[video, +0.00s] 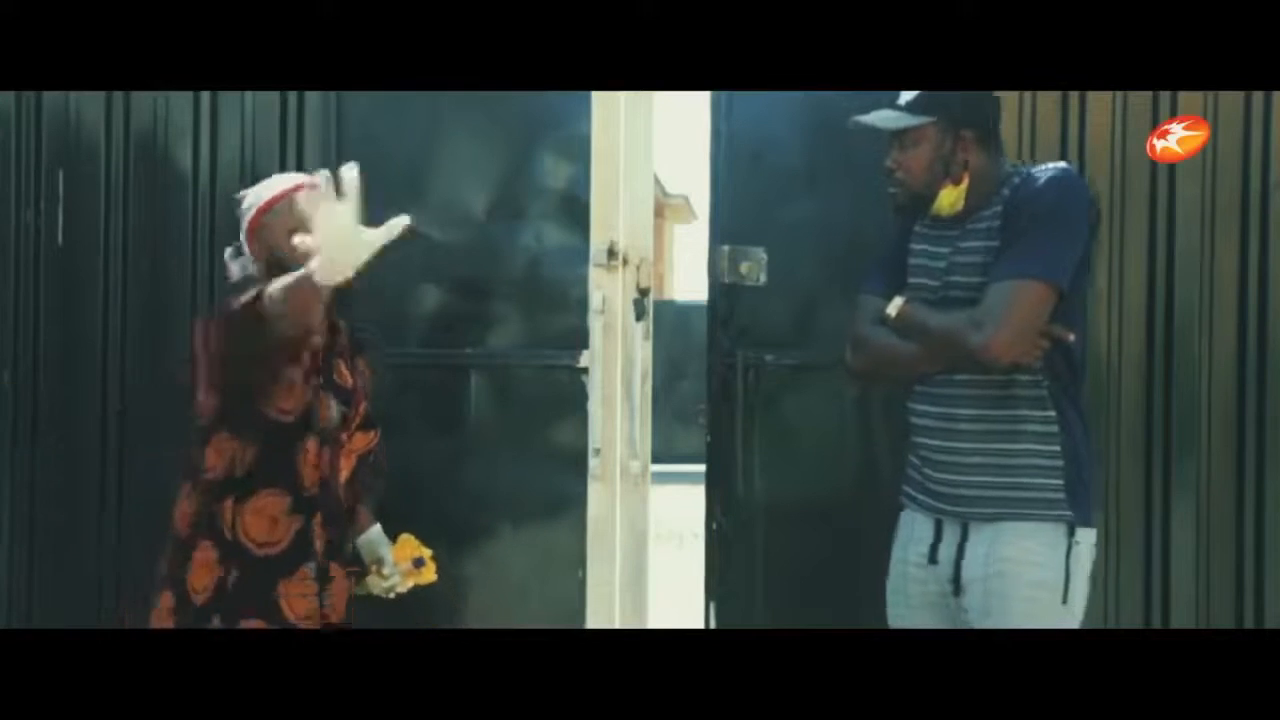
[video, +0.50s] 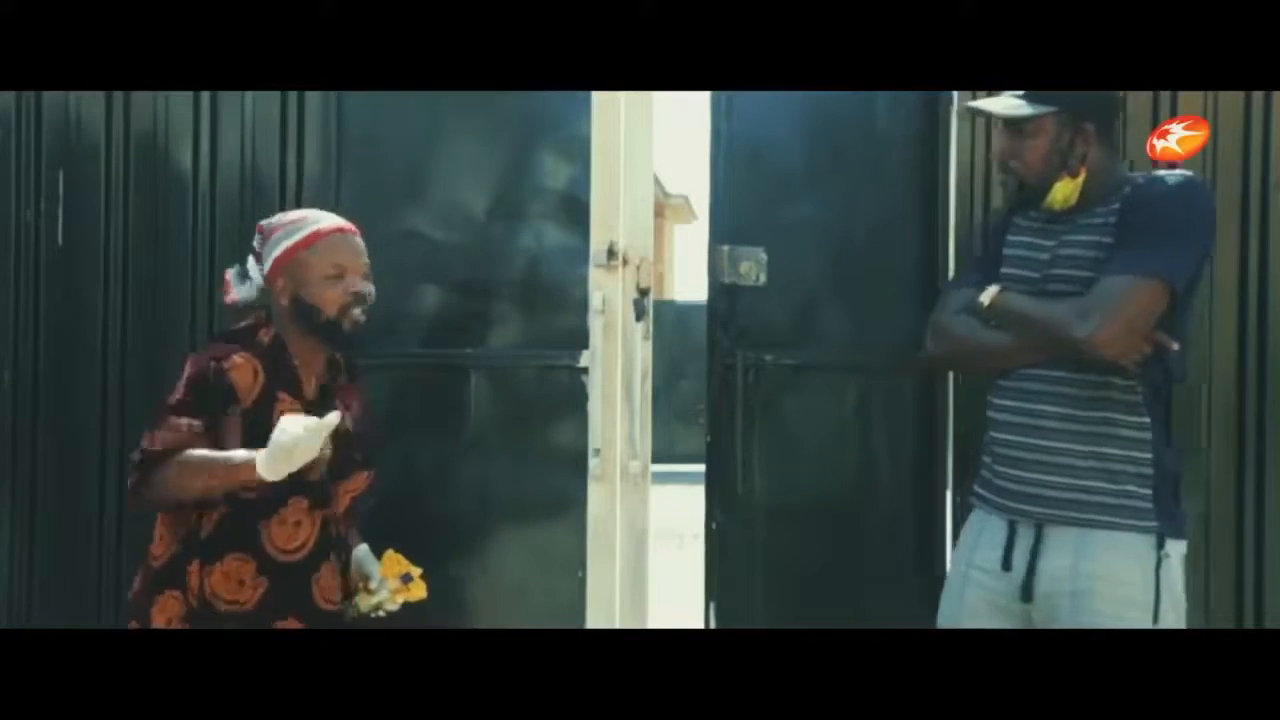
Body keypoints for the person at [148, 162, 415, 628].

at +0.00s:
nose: (313, 241)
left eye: (319, 227)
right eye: (296, 229)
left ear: (332, 231)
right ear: (260, 245)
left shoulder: (343, 347)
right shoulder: (237, 324)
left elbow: (343, 469)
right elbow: (278, 311)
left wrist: (375, 546)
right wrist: (320, 273)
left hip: (315, 554)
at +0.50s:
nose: (358, 290)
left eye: (364, 276)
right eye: (336, 277)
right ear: (282, 288)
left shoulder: (342, 383)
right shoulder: (225, 369)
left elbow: (332, 504)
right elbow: (152, 477)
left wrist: (360, 564)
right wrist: (260, 465)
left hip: (309, 612)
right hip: (207, 612)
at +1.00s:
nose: (282, 294)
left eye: (301, 278)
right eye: (260, 278)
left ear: (321, 290)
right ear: (229, 288)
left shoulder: (334, 375)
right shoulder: (184, 368)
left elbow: (354, 489)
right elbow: (94, 470)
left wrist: (392, 572)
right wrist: (152, 418)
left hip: (288, 614)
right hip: (175, 612)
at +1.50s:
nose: (340, 296)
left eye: (353, 281)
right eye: (315, 281)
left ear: (366, 292)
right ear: (273, 291)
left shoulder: (344, 382)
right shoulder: (223, 369)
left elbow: (336, 500)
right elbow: (196, 427)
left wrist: (369, 575)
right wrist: (246, 363)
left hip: (300, 603)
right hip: (206, 603)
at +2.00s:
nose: (351, 299)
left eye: (364, 283)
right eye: (327, 283)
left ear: (380, 292)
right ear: (286, 294)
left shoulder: (356, 370)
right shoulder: (254, 357)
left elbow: (342, 497)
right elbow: (278, 419)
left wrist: (367, 575)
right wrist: (389, 352)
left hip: (306, 600)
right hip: (220, 605)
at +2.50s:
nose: (385, 285)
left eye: (380, 271)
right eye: (364, 273)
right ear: (309, 286)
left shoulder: (356, 374)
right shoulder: (241, 366)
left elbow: (353, 499)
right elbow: (219, 490)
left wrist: (374, 572)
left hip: (318, 602)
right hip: (225, 603)